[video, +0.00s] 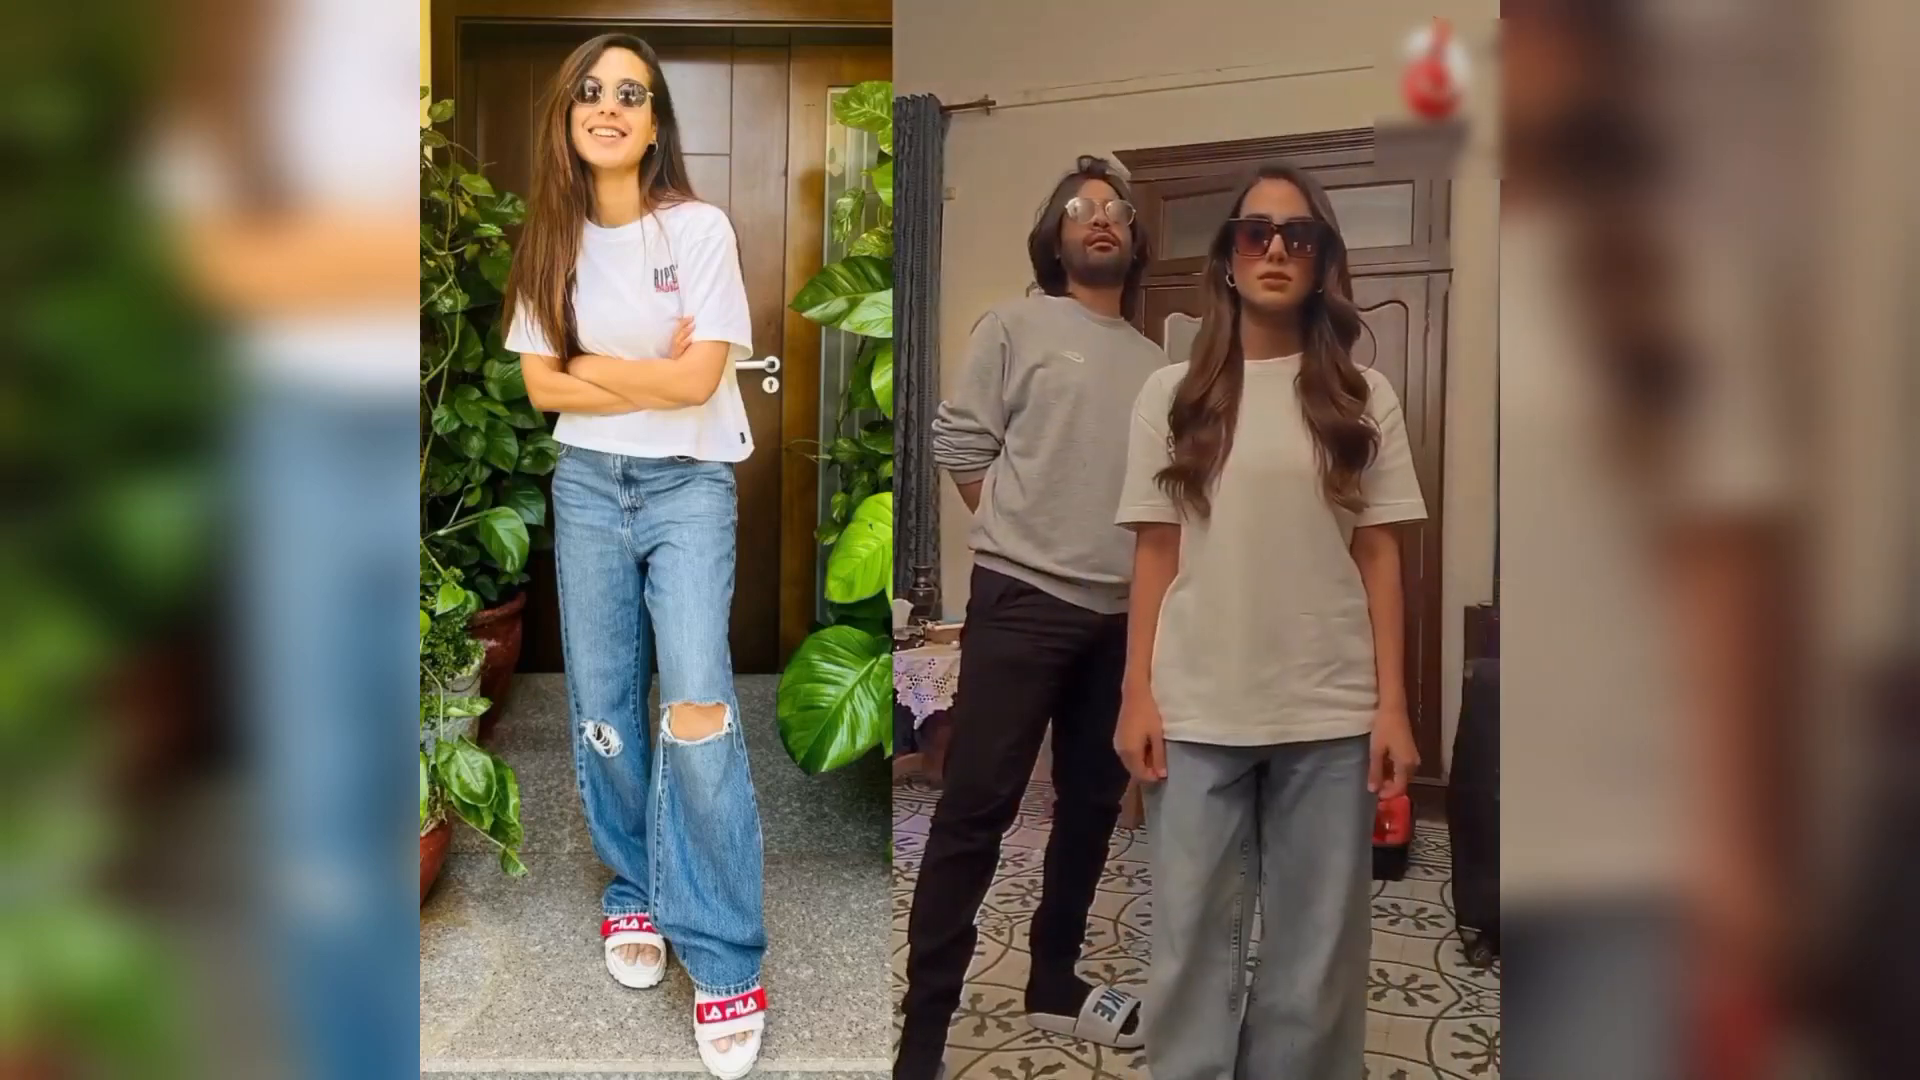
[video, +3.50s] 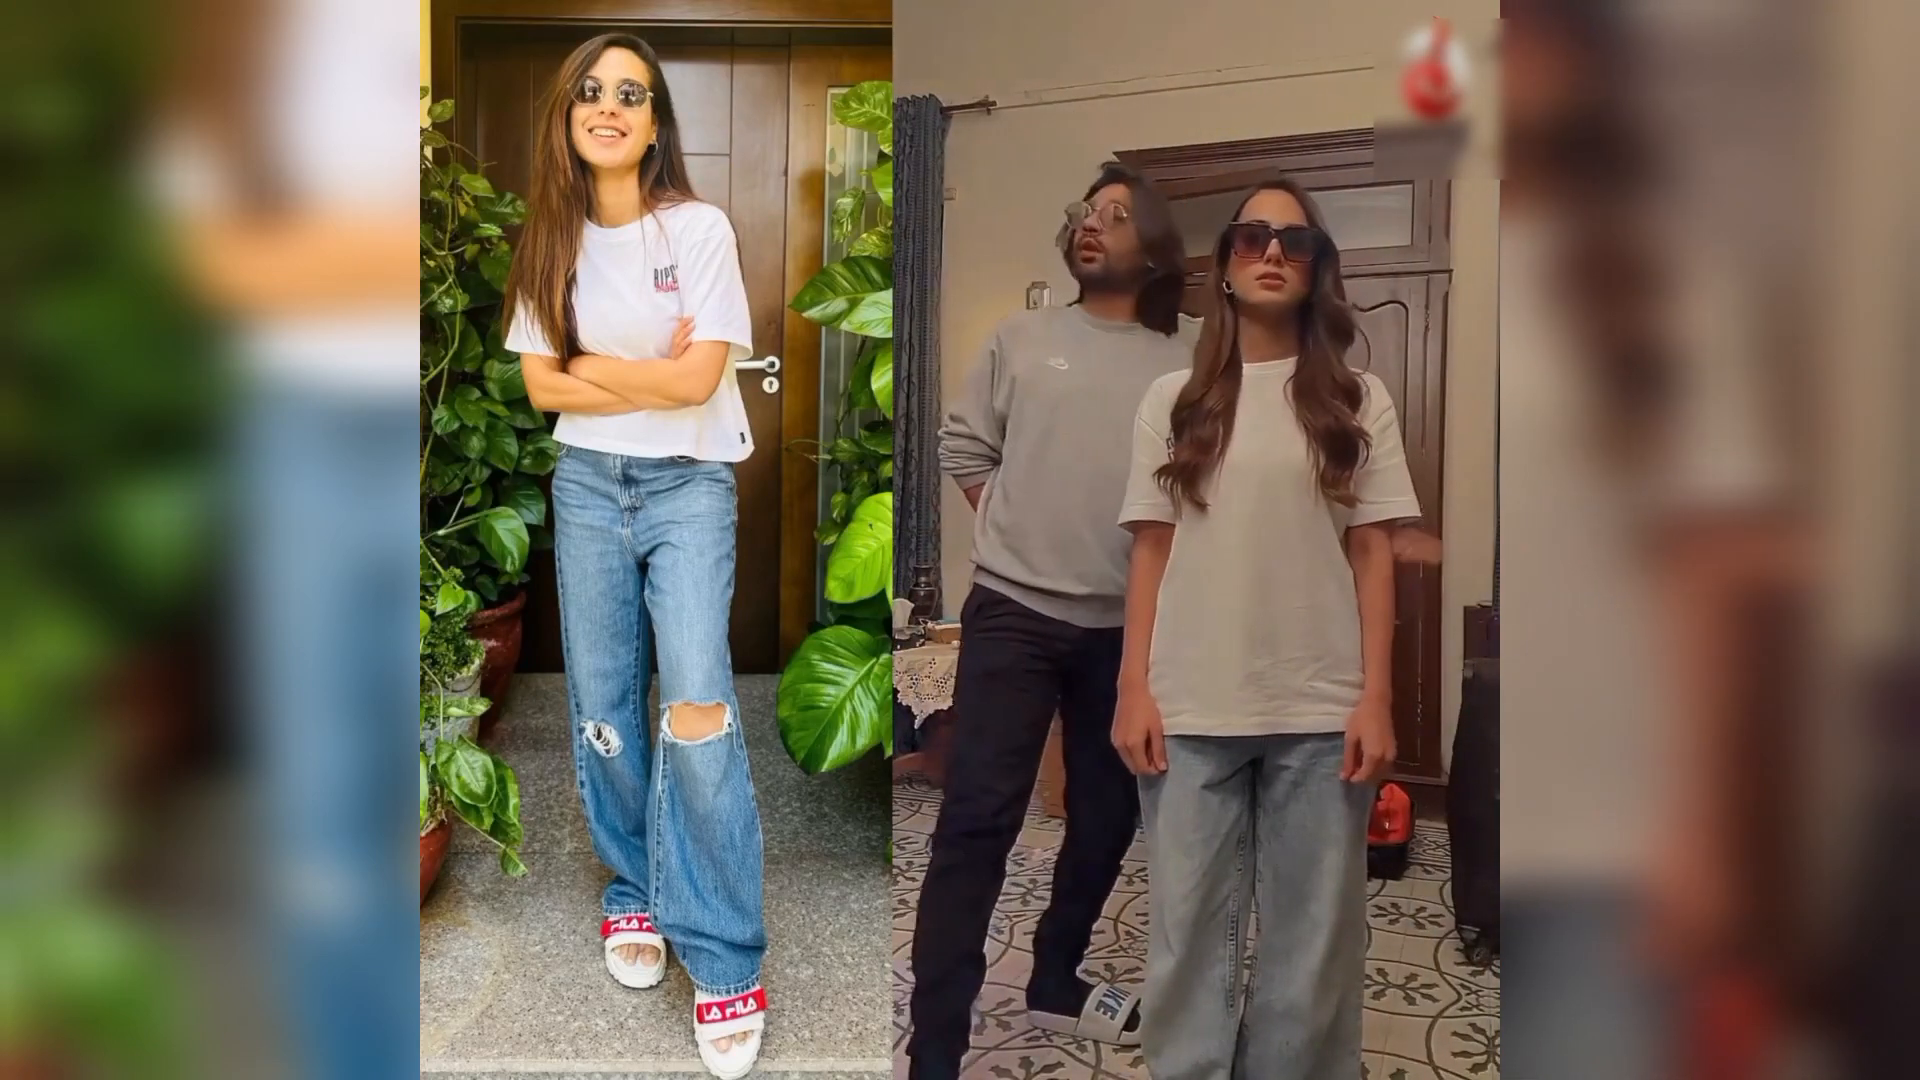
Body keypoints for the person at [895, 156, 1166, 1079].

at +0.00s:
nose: (1100, 218)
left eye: (1114, 207)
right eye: (1082, 208)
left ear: (1135, 235)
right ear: (1053, 236)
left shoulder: (1160, 360)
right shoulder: (1013, 326)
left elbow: (1171, 491)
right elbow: (964, 457)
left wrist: (1126, 565)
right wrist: (1014, 552)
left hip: (1124, 610)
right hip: (1019, 601)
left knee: (1091, 807)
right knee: (974, 812)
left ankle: (1055, 985)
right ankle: (923, 1036)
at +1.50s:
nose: (1100, 186)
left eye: (1096, 170)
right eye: (1073, 168)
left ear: (1088, 192)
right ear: (1009, 192)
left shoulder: (1106, 329)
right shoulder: (955, 333)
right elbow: (908, 516)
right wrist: (951, 591)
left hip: (1107, 620)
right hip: (1002, 622)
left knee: (1092, 816)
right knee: (1011, 866)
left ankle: (1055, 986)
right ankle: (914, 1064)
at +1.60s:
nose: (1085, 209)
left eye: (1081, 189)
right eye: (1062, 191)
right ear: (997, 210)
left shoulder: (1074, 319)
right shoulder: (951, 343)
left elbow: (1139, 312)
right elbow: (918, 526)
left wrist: (1190, 236)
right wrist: (919, 613)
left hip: (1105, 623)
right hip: (1017, 631)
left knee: (1105, 820)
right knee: (1033, 867)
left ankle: (1055, 989)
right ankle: (914, 1065)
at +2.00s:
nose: (1077, 184)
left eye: (1074, 171)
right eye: (1048, 175)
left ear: (1078, 199)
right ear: (998, 209)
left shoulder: (1103, 329)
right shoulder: (992, 323)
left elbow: (1171, 317)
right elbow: (925, 481)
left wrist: (1236, 261)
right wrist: (954, 561)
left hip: (1112, 612)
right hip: (1024, 610)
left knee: (1099, 807)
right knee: (1006, 850)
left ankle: (1055, 987)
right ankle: (910, 1061)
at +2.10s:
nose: (1086, 186)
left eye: (1089, 176)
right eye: (1058, 176)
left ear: (1104, 210)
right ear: (1013, 213)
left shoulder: (1139, 346)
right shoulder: (1010, 316)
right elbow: (941, 462)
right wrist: (976, 559)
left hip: (1115, 610)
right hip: (1024, 603)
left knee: (1089, 812)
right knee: (990, 834)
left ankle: (1056, 987)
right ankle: (912, 1053)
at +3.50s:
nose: (1090, 224)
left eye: (1115, 214)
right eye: (1086, 212)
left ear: (1157, 245)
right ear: (1075, 238)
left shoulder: (1189, 354)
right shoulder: (1022, 336)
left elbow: (1207, 486)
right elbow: (964, 447)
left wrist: (1160, 564)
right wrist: (1016, 530)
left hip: (1127, 623)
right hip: (1012, 612)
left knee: (1105, 817)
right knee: (975, 821)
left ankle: (1057, 979)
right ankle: (934, 1055)